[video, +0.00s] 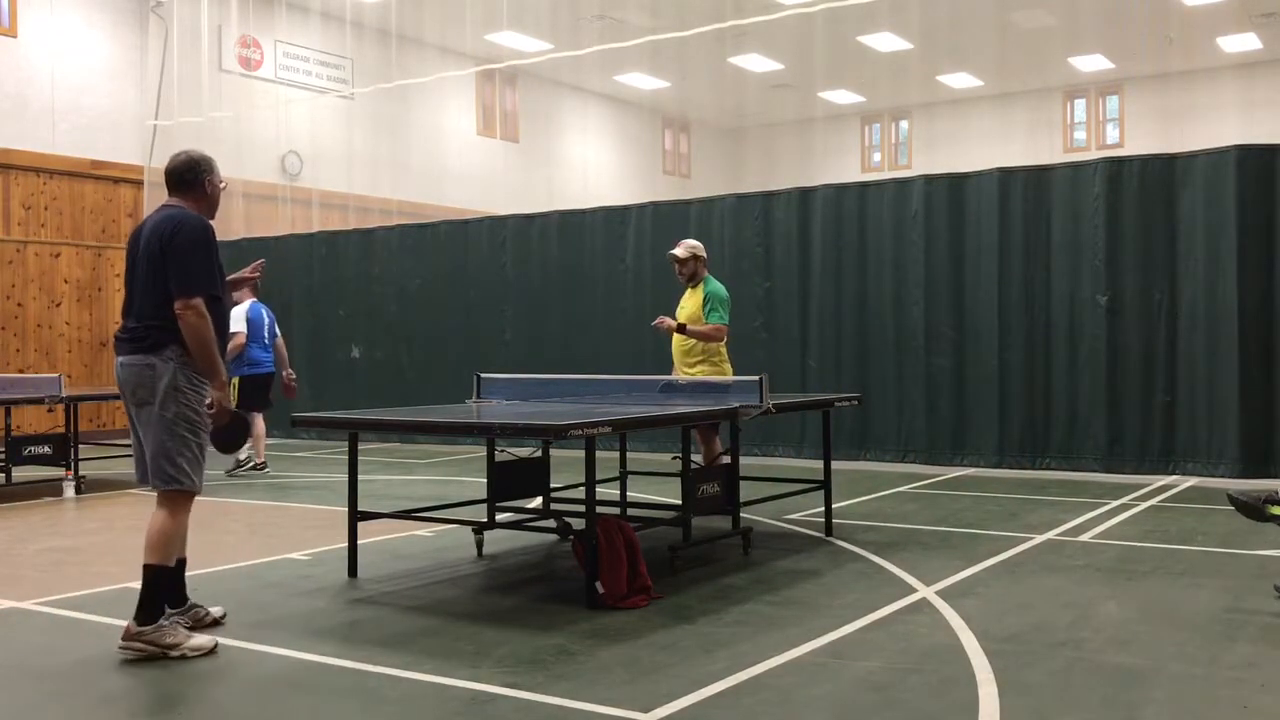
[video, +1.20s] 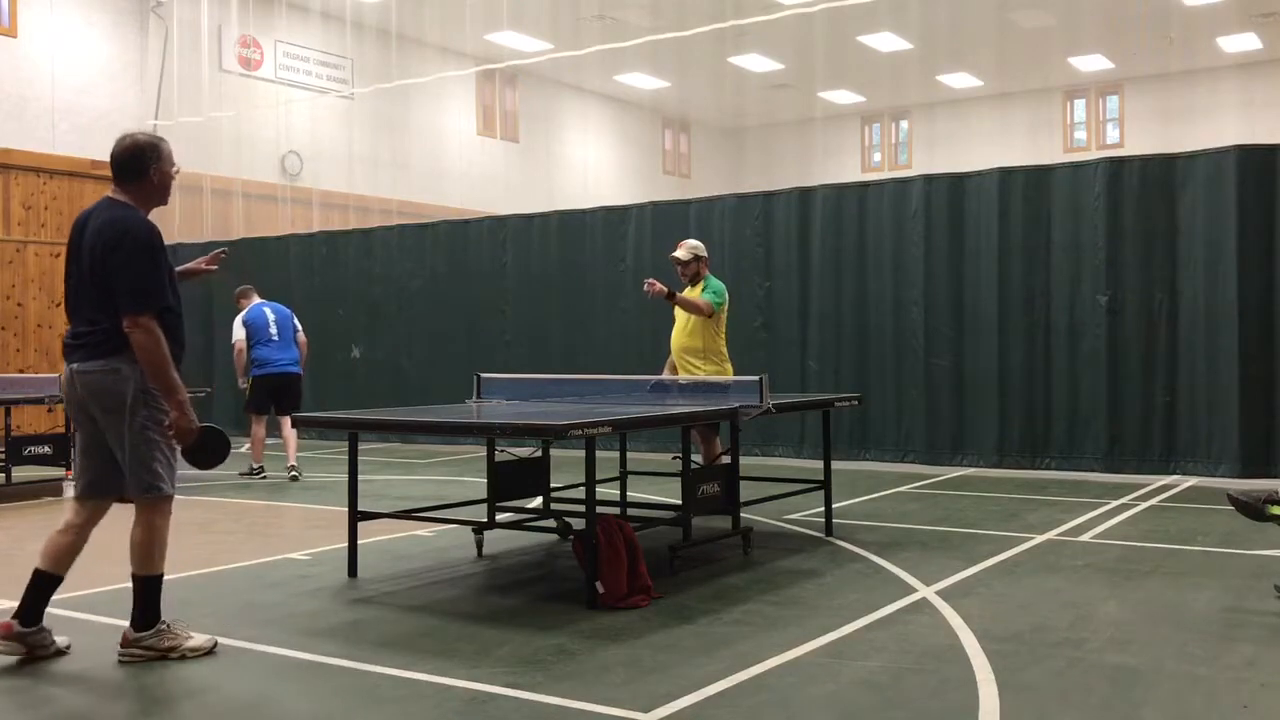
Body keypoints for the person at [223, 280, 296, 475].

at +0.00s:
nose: (233, 295)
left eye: (235, 290)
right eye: (233, 291)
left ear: (246, 289)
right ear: (252, 290)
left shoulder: (239, 310)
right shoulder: (266, 311)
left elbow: (239, 340)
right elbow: (279, 342)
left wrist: (221, 360)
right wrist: (286, 368)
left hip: (246, 371)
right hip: (267, 370)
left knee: (237, 414)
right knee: (256, 414)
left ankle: (242, 455)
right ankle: (260, 459)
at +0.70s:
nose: (216, 308)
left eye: (216, 303)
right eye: (215, 303)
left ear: (225, 300)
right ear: (235, 298)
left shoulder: (229, 318)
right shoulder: (264, 308)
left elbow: (211, 350)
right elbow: (285, 334)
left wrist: (198, 367)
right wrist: (277, 356)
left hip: (257, 370)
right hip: (282, 367)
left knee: (254, 417)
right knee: (278, 413)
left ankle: (257, 464)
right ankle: (283, 460)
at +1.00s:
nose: (227, 310)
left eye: (225, 306)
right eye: (225, 307)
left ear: (229, 301)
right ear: (243, 296)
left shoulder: (233, 318)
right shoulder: (273, 308)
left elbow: (230, 353)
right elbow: (292, 336)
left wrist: (219, 377)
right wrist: (297, 364)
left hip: (259, 372)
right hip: (285, 369)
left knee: (256, 419)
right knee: (284, 415)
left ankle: (257, 465)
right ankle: (295, 459)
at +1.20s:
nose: (240, 308)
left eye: (239, 306)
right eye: (239, 306)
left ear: (241, 302)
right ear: (257, 295)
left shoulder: (242, 317)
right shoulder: (285, 310)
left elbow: (240, 348)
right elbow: (302, 340)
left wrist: (240, 376)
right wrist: (299, 366)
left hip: (263, 374)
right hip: (291, 372)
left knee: (259, 420)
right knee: (286, 419)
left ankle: (257, 465)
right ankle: (292, 464)